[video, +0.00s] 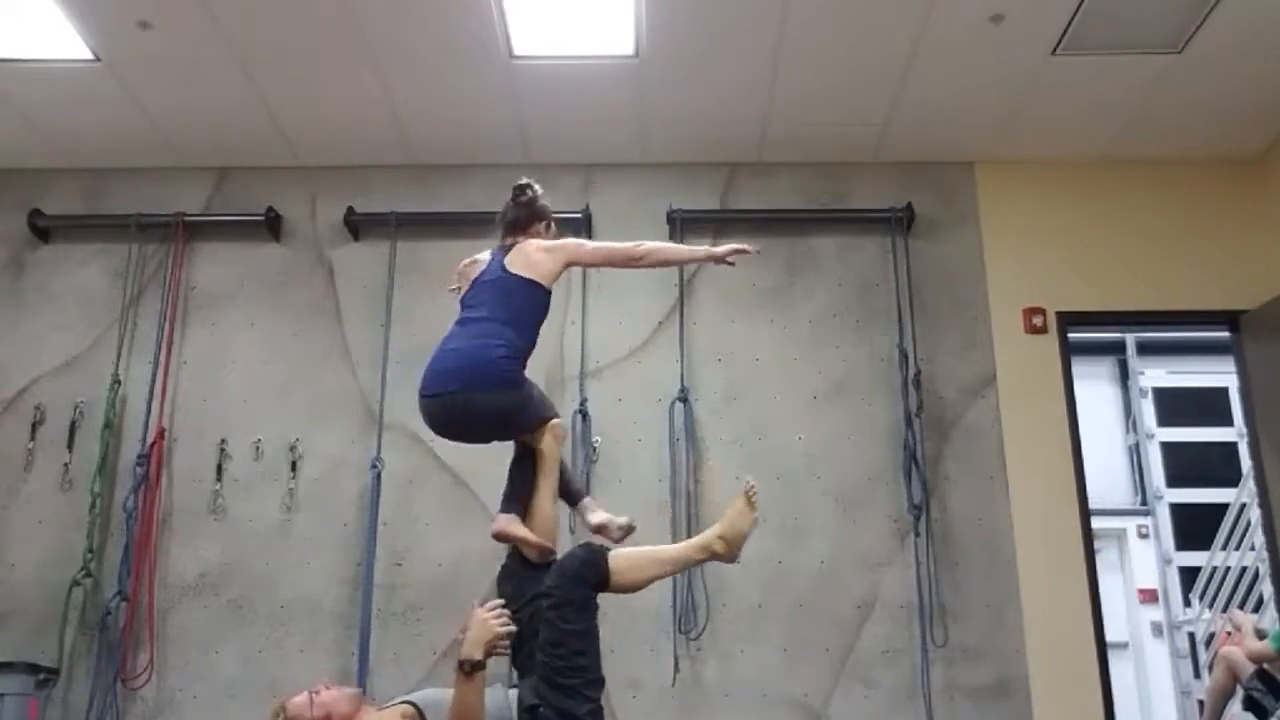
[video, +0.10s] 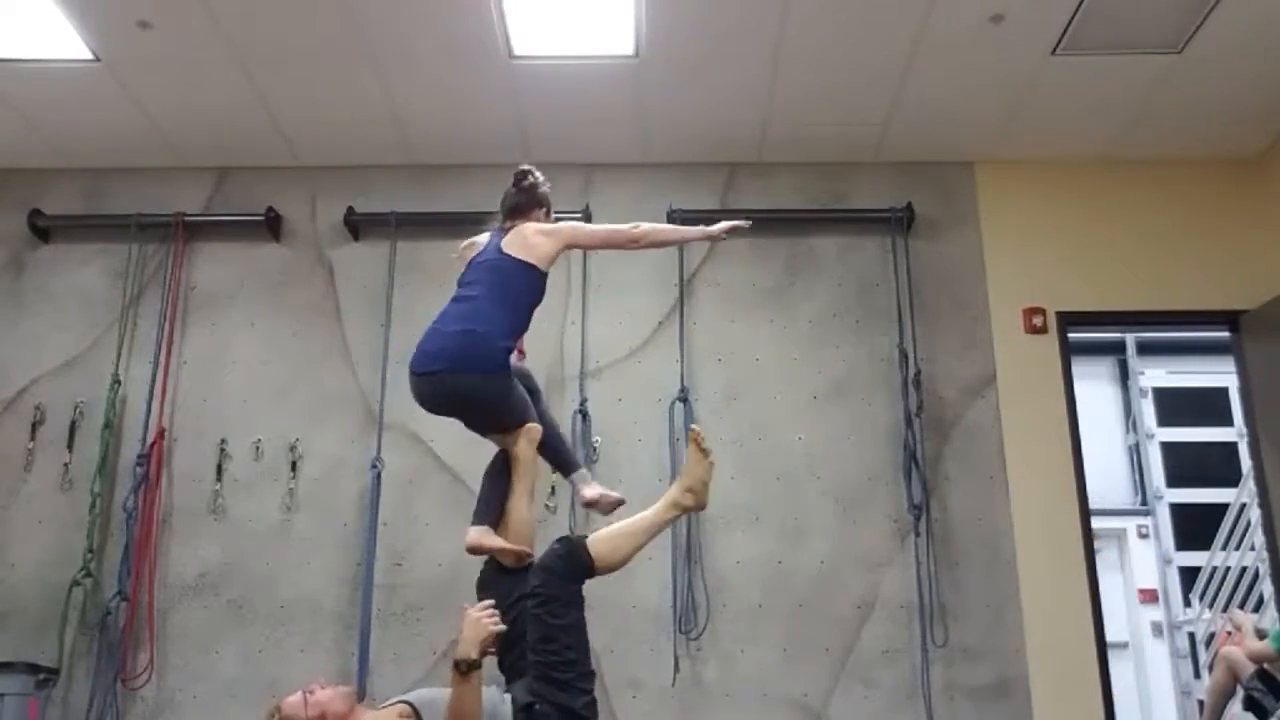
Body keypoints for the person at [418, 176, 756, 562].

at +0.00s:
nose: (553, 233)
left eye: (552, 228)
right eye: (551, 228)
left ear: (508, 230)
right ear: (538, 228)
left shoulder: (480, 263)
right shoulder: (552, 251)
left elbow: (464, 272)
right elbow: (636, 253)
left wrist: (463, 280)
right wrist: (708, 253)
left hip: (436, 397)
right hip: (493, 386)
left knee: (539, 435)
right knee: (541, 431)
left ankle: (589, 511)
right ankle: (510, 516)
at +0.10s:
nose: (551, 219)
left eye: (549, 214)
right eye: (550, 213)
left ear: (506, 214)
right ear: (542, 212)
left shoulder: (479, 243)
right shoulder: (549, 235)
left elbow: (463, 254)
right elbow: (634, 235)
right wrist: (706, 231)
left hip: (426, 374)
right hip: (479, 373)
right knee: (520, 441)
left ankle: (582, 482)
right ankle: (482, 530)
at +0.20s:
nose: (551, 219)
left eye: (549, 214)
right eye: (551, 213)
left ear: (507, 214)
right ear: (542, 210)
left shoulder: (481, 244)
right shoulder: (543, 231)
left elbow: (469, 247)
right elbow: (632, 233)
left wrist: (479, 237)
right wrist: (706, 229)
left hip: (430, 376)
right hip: (470, 375)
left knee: (549, 393)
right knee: (534, 436)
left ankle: (585, 497)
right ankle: (484, 530)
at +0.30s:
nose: (561, 221)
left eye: (559, 215)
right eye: (560, 214)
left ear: (515, 216)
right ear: (549, 212)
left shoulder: (491, 250)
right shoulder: (550, 234)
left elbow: (472, 276)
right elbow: (639, 230)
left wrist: (472, 268)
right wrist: (709, 215)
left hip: (440, 377)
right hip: (476, 376)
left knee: (555, 395)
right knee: (541, 439)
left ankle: (595, 498)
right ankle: (492, 531)